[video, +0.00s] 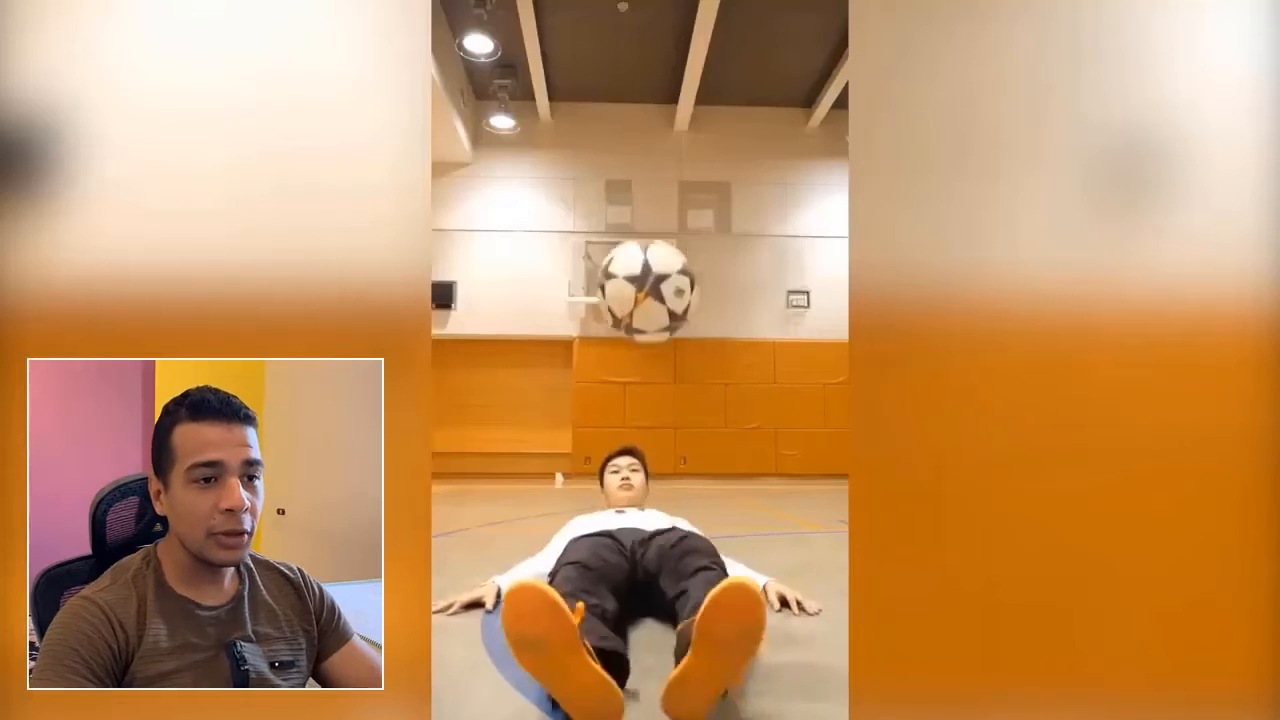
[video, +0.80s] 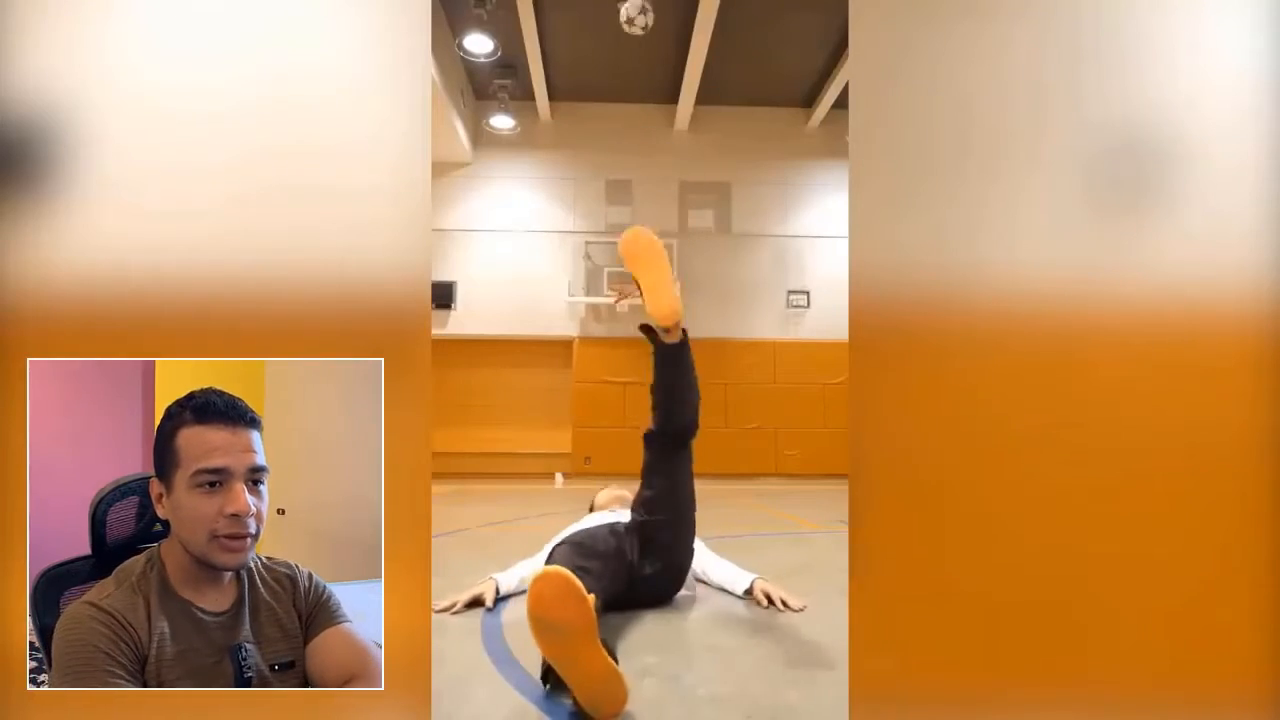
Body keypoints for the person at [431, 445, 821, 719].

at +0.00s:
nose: (625, 475)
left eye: (634, 471)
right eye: (615, 472)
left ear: (648, 487)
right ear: (601, 489)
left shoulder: (670, 522)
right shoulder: (583, 524)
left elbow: (719, 562)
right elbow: (540, 562)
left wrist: (770, 585)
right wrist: (493, 587)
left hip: (666, 547)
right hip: (594, 547)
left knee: (695, 564)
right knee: (582, 589)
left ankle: (703, 656)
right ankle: (588, 671)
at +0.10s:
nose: (625, 475)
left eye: (633, 470)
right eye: (615, 471)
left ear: (647, 485)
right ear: (601, 487)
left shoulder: (669, 522)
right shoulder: (583, 525)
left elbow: (718, 562)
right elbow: (540, 562)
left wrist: (769, 585)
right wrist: (493, 588)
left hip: (664, 565)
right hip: (599, 559)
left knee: (698, 528)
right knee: (579, 584)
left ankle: (704, 655)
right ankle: (588, 671)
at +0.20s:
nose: (625, 473)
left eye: (633, 469)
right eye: (615, 469)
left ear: (647, 484)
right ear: (601, 487)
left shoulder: (668, 515)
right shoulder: (582, 525)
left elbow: (717, 561)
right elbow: (539, 562)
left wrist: (768, 586)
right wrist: (492, 588)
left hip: (661, 565)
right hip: (596, 558)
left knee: (692, 485)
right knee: (578, 596)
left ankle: (688, 620)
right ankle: (590, 676)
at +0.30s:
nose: (626, 473)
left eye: (633, 470)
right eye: (616, 469)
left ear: (647, 485)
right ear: (601, 487)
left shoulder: (661, 515)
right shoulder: (582, 526)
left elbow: (714, 561)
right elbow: (539, 561)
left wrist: (766, 585)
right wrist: (493, 588)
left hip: (658, 556)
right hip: (592, 555)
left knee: (678, 452)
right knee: (577, 599)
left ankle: (678, 585)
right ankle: (590, 680)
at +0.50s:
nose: (628, 477)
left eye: (635, 473)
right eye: (618, 472)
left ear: (648, 486)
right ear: (603, 488)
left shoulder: (664, 527)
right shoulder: (585, 525)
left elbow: (715, 566)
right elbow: (539, 563)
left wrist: (764, 585)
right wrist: (494, 587)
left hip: (655, 562)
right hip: (585, 556)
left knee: (661, 439)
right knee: (575, 602)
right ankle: (586, 675)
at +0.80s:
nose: (622, 493)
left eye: (628, 494)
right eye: (611, 493)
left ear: (638, 503)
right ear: (595, 508)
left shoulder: (655, 523)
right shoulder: (579, 532)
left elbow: (703, 558)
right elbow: (535, 566)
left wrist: (752, 583)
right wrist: (494, 584)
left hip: (657, 547)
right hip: (585, 551)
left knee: (671, 442)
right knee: (570, 593)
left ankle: (669, 333)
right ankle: (586, 670)